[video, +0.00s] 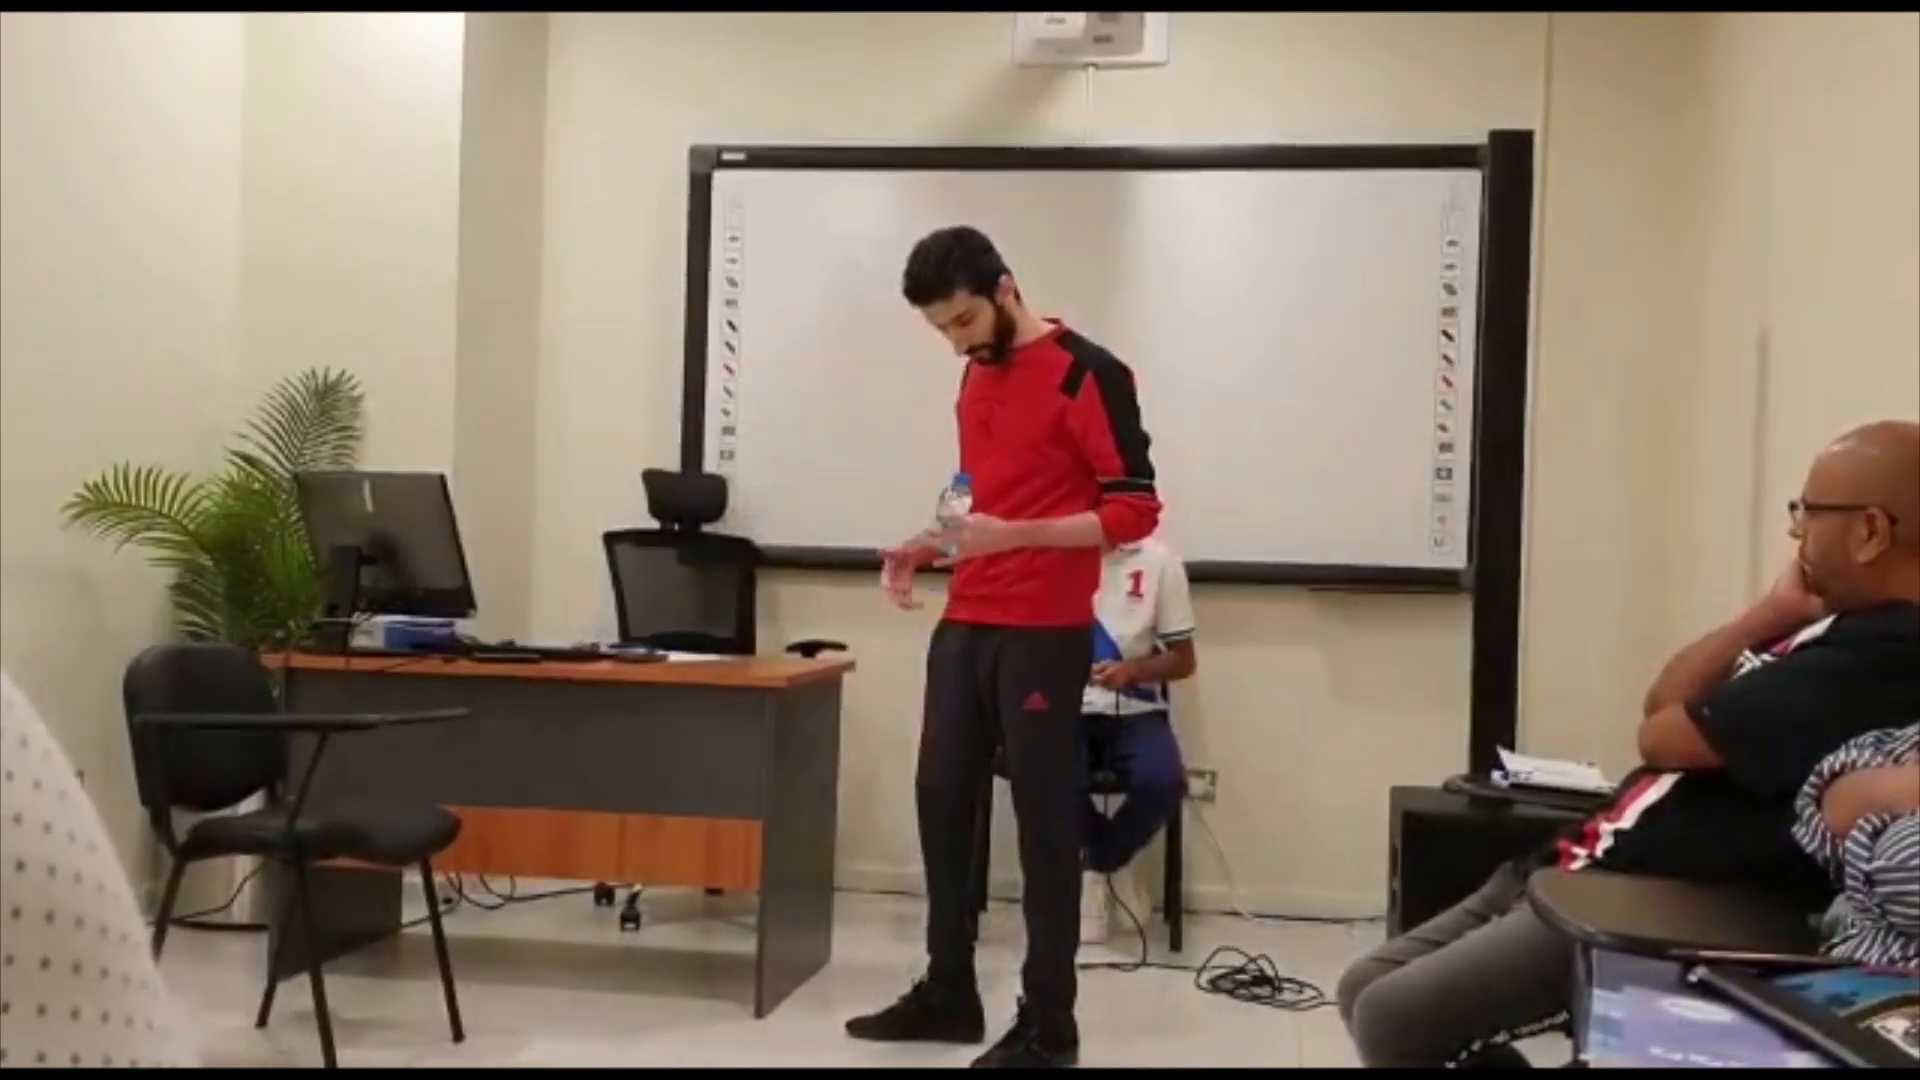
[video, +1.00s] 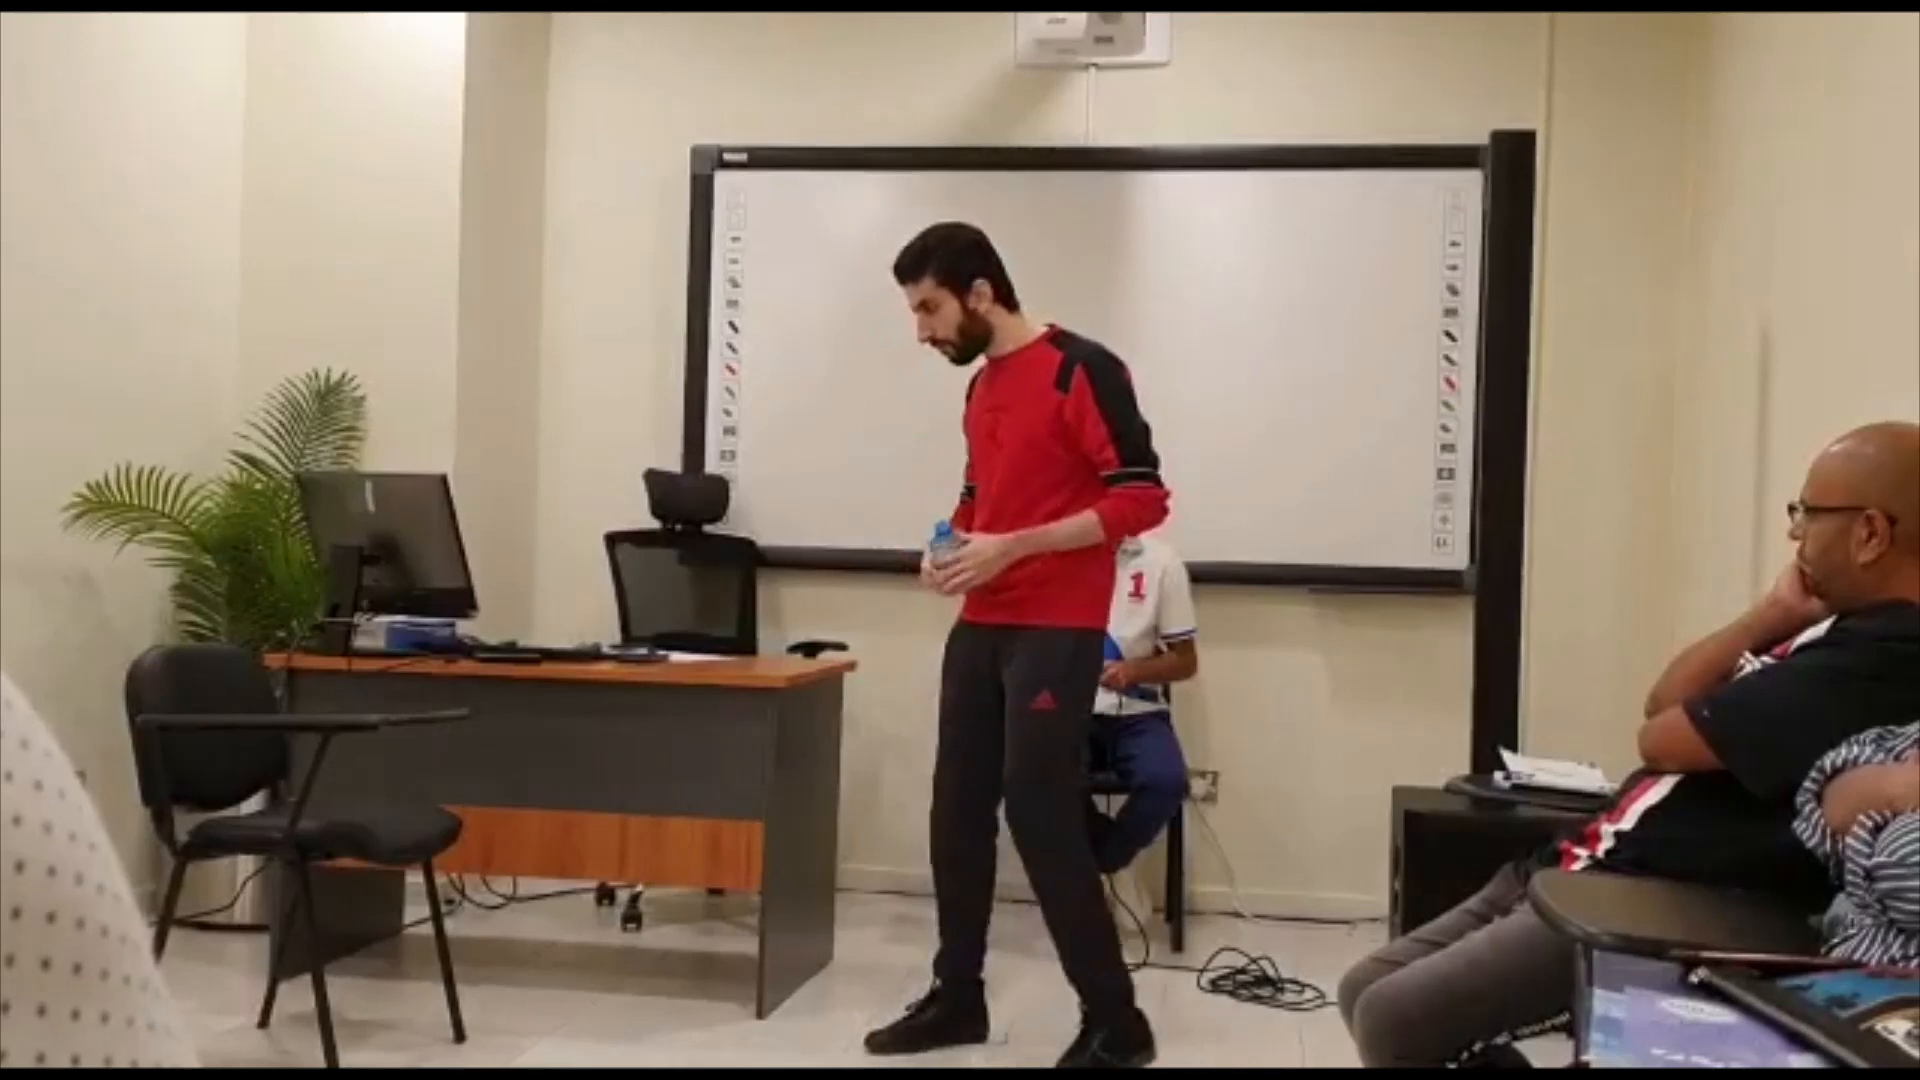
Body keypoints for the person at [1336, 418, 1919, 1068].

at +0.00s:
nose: (1795, 535)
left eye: (1806, 516)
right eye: (1798, 514)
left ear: (1874, 532)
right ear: (1874, 532)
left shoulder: (1883, 650)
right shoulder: (1847, 626)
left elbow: (1666, 739)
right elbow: (1665, 700)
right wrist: (1783, 606)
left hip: (1632, 907)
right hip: (1581, 864)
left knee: (1388, 1019)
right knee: (1364, 985)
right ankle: (1486, 1061)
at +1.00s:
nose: (1795, 536)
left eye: (1806, 517)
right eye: (1798, 516)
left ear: (1873, 533)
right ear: (1872, 533)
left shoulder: (1883, 651)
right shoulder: (1846, 628)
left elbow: (1665, 744)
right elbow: (1662, 703)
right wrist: (1778, 611)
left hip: (1640, 906)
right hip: (1588, 862)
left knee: (1389, 1022)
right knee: (1364, 988)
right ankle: (1489, 1060)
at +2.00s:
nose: (1801, 534)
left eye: (1814, 514)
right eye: (1806, 513)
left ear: (1880, 533)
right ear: (1881, 533)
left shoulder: (1884, 650)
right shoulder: (1854, 627)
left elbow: (1663, 741)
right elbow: (1662, 701)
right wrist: (1778, 612)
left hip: (1641, 906)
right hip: (1589, 862)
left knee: (1387, 1021)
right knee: (1363, 988)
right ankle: (1486, 1060)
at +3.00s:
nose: (1803, 534)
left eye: (1817, 515)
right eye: (1808, 514)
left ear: (1883, 535)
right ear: (1882, 535)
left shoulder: (1887, 652)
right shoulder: (1851, 628)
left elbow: (1666, 744)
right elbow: (1665, 701)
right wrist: (1781, 612)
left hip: (1642, 909)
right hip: (1592, 866)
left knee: (1389, 1022)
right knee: (1365, 988)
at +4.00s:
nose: (1800, 538)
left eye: (1813, 517)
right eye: (1804, 516)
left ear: (1880, 534)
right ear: (1880, 534)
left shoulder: (1882, 654)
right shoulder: (1854, 629)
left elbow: (1664, 745)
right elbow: (1665, 703)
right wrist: (1779, 614)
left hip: (1638, 907)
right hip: (1589, 866)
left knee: (1389, 1024)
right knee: (1364, 990)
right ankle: (1488, 1062)